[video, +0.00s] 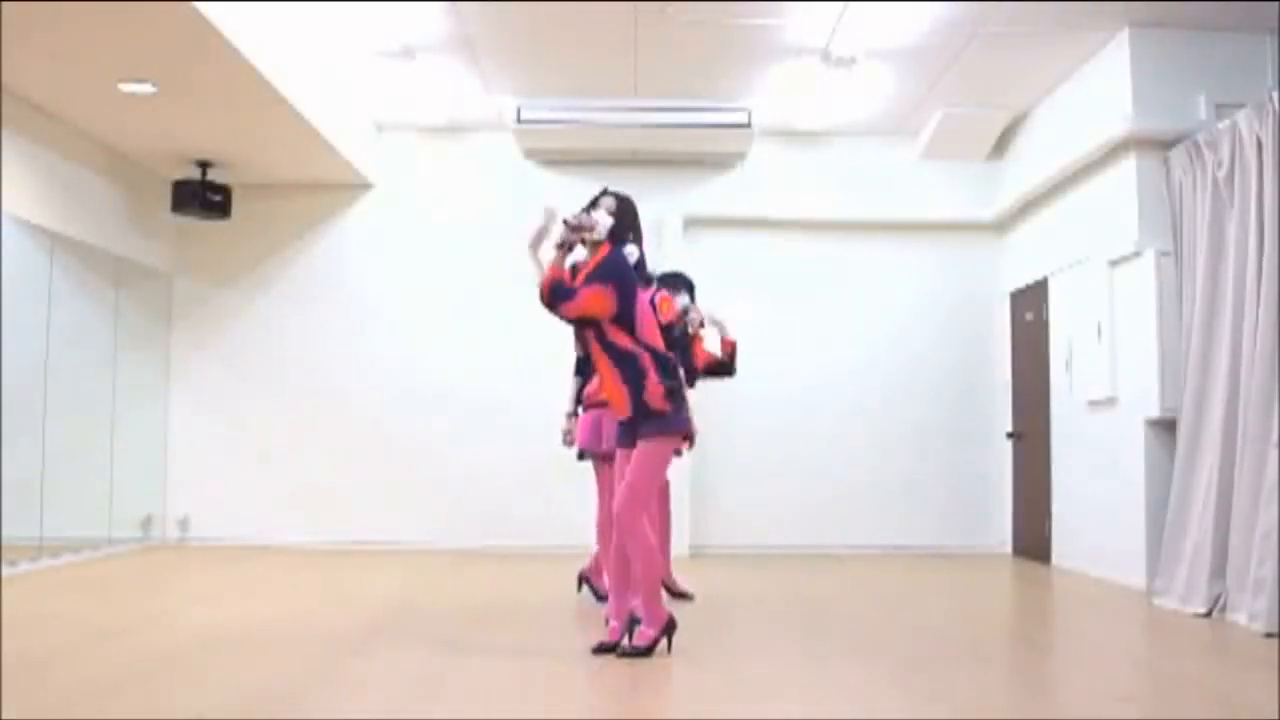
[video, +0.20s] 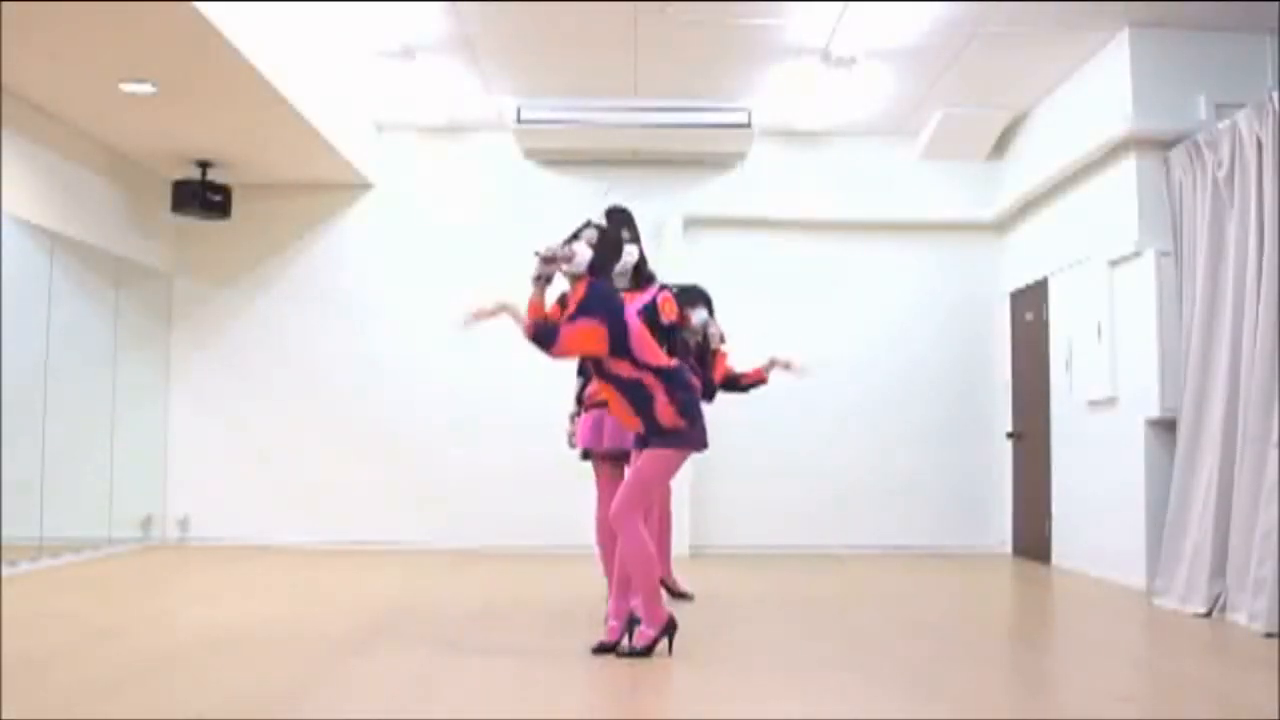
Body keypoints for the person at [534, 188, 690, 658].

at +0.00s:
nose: (582, 221)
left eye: (593, 212)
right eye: (586, 212)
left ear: (610, 221)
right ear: (614, 224)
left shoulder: (616, 267)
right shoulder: (599, 269)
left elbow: (566, 302)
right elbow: (558, 298)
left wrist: (552, 257)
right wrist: (558, 254)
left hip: (660, 412)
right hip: (634, 412)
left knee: (629, 508)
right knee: (620, 511)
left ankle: (653, 616)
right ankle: (622, 616)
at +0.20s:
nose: (567, 250)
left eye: (578, 244)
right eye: (572, 242)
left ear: (591, 256)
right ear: (585, 258)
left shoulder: (601, 301)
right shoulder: (581, 299)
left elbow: (556, 344)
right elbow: (541, 332)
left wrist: (509, 310)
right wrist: (541, 285)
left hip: (673, 422)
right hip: (651, 423)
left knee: (625, 512)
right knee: (621, 515)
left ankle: (655, 616)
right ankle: (627, 613)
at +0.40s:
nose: (560, 279)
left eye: (570, 272)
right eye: (561, 270)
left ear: (586, 282)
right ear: (559, 276)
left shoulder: (596, 322)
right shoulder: (577, 325)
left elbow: (561, 383)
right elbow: (559, 378)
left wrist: (513, 357)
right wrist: (522, 356)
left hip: (683, 431)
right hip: (656, 432)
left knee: (625, 512)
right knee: (613, 518)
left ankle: (655, 617)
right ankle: (622, 616)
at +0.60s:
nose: (559, 284)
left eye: (569, 277)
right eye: (557, 274)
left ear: (587, 286)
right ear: (550, 280)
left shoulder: (593, 325)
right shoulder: (577, 327)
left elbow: (558, 382)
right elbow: (557, 377)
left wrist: (506, 351)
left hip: (683, 431)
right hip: (658, 432)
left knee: (624, 513)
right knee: (616, 518)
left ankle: (655, 617)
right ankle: (623, 616)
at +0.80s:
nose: (550, 291)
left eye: (561, 284)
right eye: (550, 281)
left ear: (580, 291)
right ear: (549, 283)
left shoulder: (590, 332)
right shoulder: (583, 328)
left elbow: (550, 389)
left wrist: (504, 354)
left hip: (683, 433)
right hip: (659, 432)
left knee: (623, 512)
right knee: (617, 518)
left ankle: (654, 616)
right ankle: (624, 615)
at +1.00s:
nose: (547, 295)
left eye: (556, 287)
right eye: (547, 285)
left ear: (574, 292)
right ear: (587, 293)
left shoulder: (588, 337)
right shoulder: (582, 333)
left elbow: (548, 391)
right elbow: (552, 387)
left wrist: (504, 357)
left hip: (684, 434)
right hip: (665, 433)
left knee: (623, 514)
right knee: (615, 519)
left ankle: (655, 616)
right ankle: (622, 616)